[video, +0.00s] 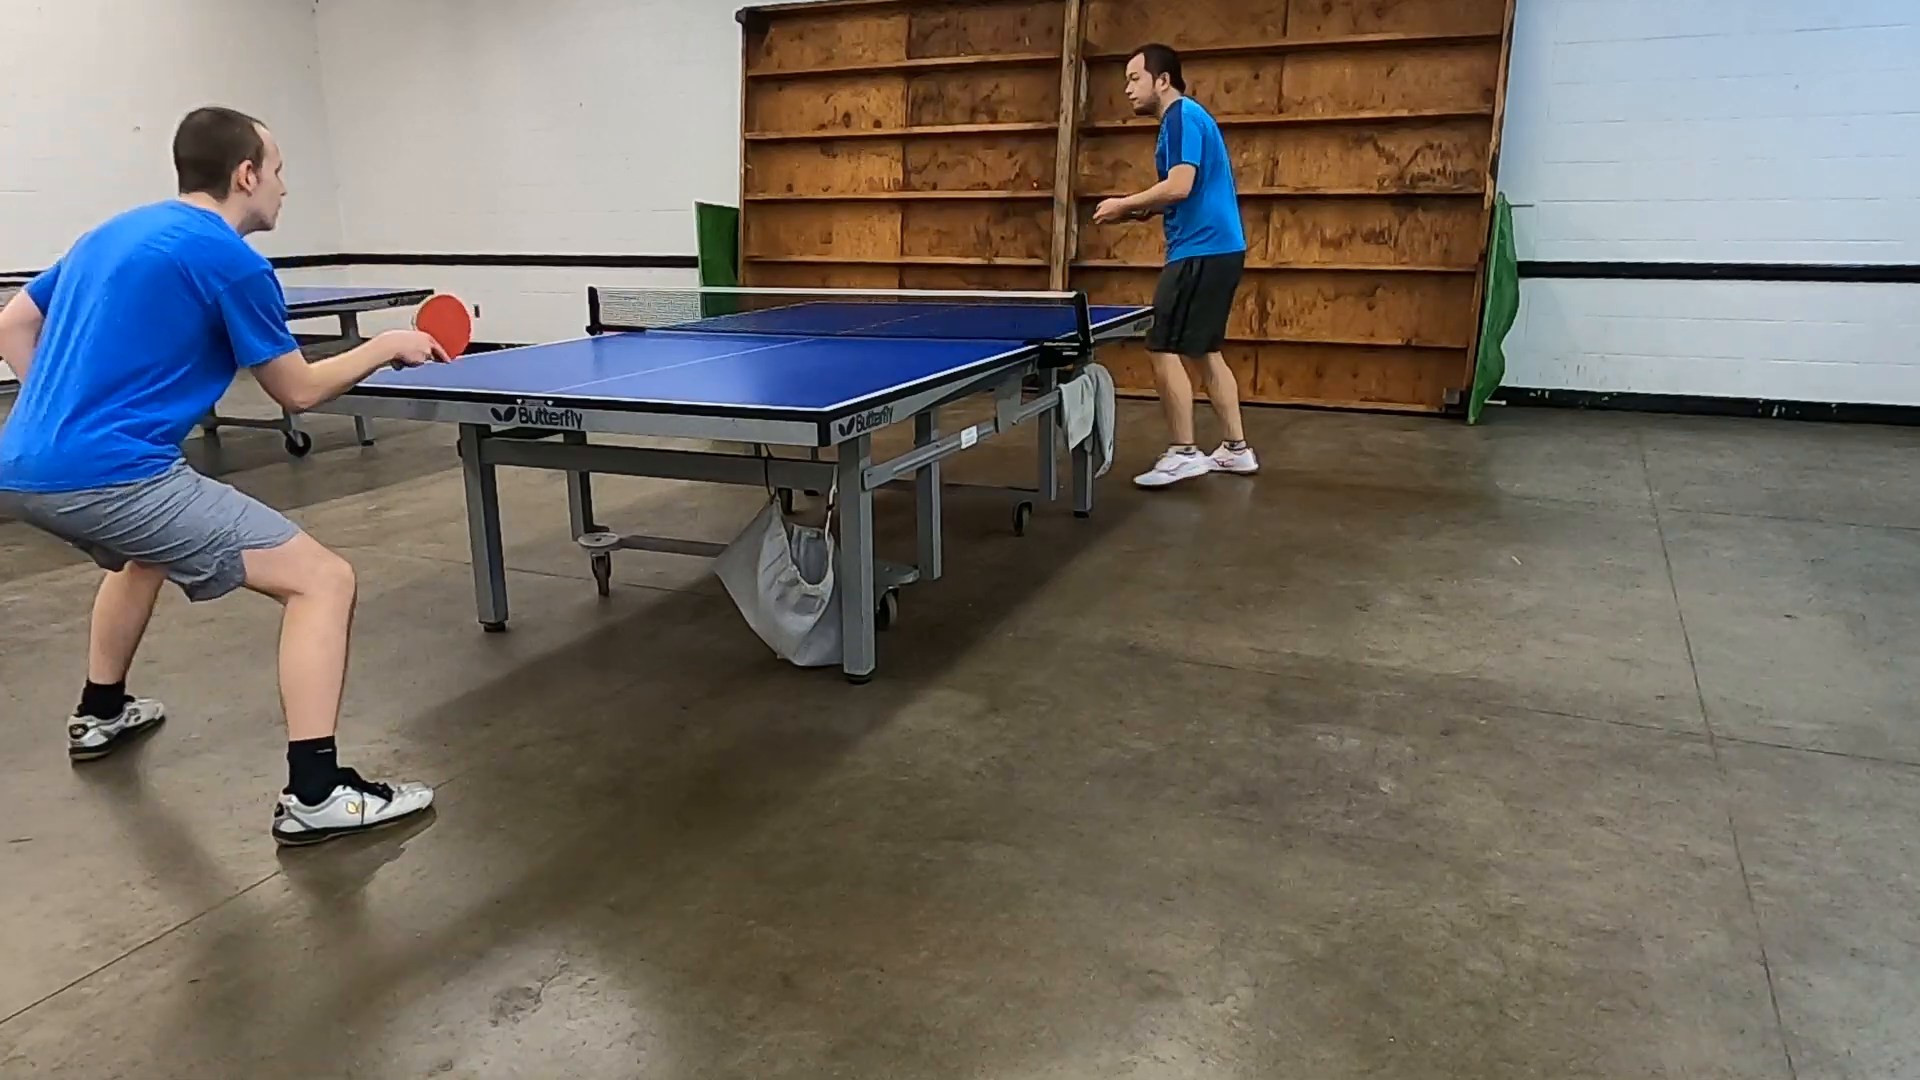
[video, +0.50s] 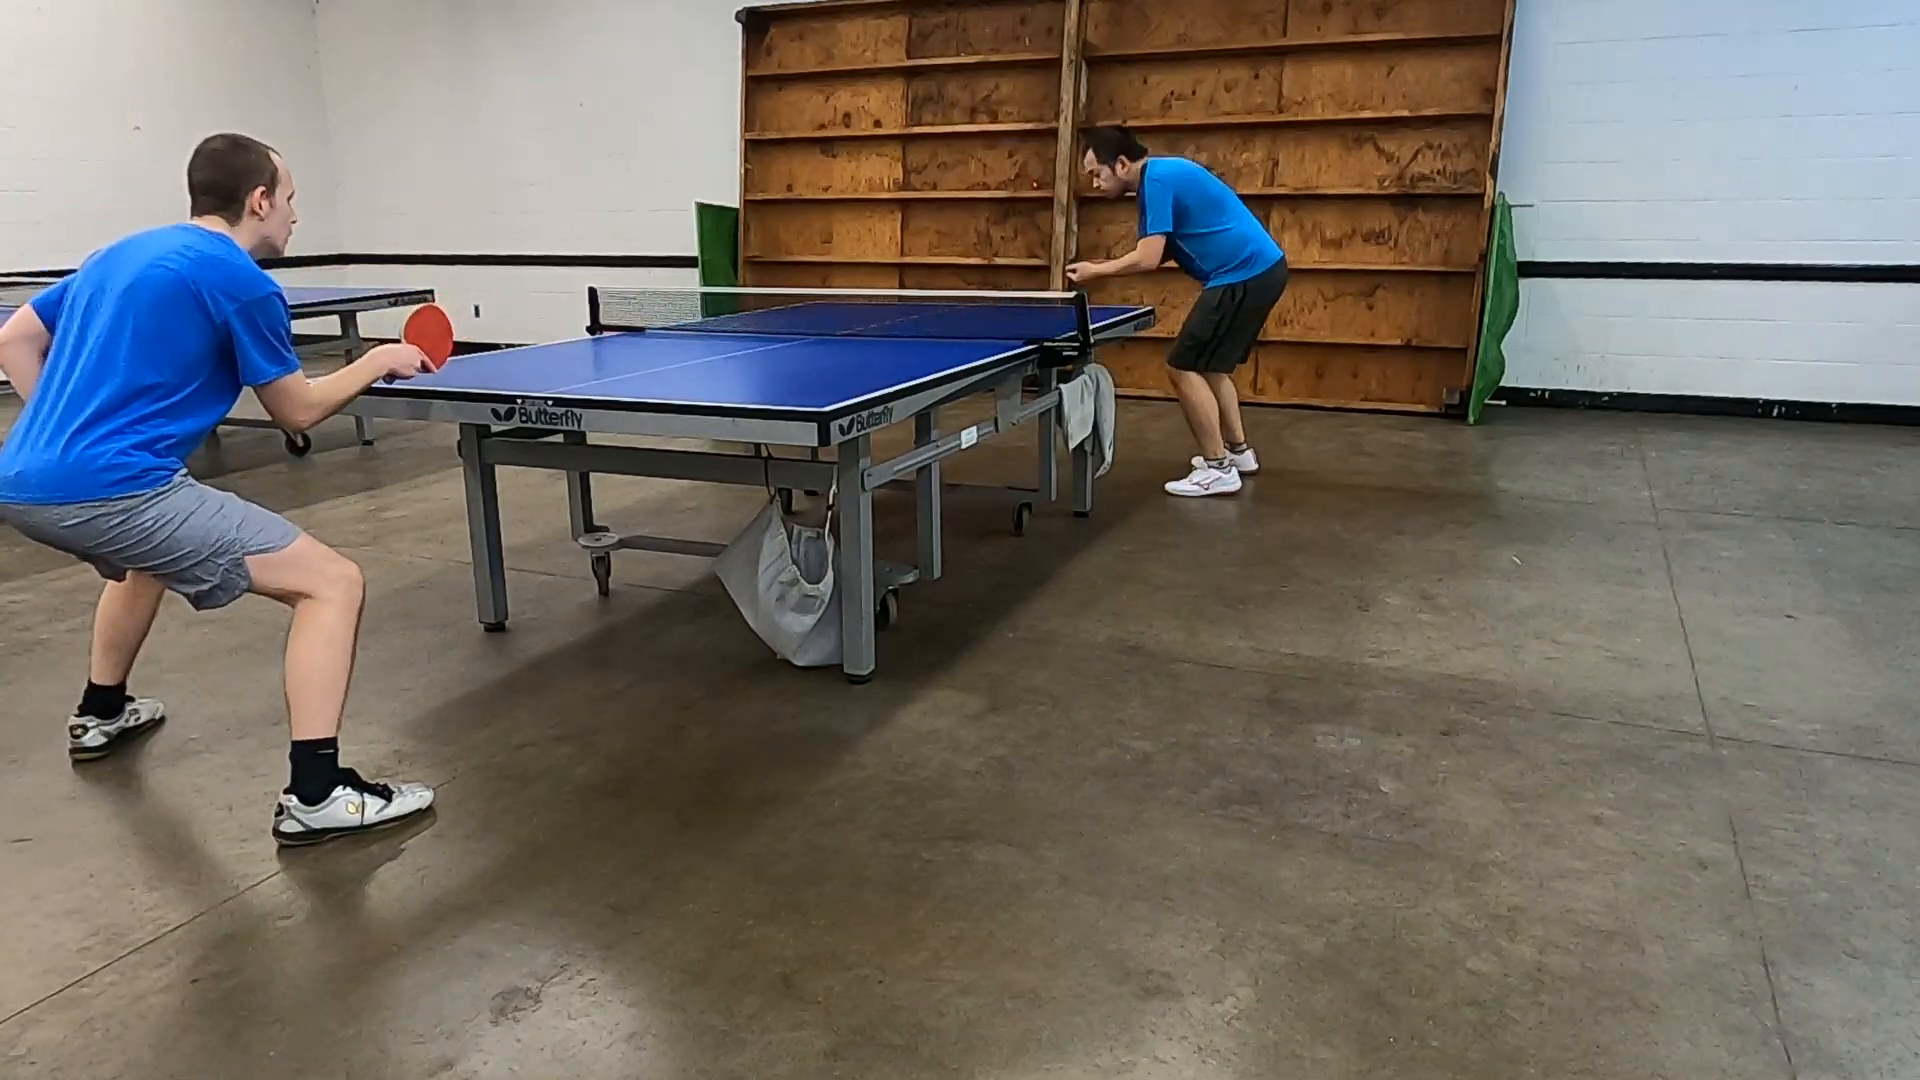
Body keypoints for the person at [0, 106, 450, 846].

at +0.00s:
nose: (281, 186)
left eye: (280, 171)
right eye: (276, 171)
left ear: (191, 175)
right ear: (244, 174)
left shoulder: (115, 233)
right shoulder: (231, 260)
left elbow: (15, 321)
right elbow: (298, 388)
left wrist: (64, 403)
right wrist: (387, 346)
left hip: (25, 470)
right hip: (110, 476)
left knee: (147, 547)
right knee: (324, 581)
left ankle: (100, 711)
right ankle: (317, 790)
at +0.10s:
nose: (285, 203)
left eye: (284, 187)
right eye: (281, 188)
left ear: (194, 190)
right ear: (249, 190)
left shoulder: (117, 246)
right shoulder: (234, 271)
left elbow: (16, 327)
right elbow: (299, 397)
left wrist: (59, 410)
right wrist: (382, 352)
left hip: (25, 479)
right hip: (108, 485)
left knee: (148, 549)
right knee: (327, 583)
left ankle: (100, 711)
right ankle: (317, 790)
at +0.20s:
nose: (290, 210)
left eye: (289, 194)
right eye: (285, 194)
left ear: (197, 198)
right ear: (253, 198)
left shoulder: (119, 253)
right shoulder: (236, 278)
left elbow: (16, 333)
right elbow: (297, 404)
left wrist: (60, 418)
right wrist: (378, 356)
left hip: (26, 484)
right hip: (110, 488)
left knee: (149, 550)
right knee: (329, 582)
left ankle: (101, 710)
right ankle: (317, 791)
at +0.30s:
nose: (292, 217)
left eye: (291, 201)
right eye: (287, 201)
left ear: (200, 202)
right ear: (255, 203)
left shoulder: (120, 256)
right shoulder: (238, 282)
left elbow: (16, 336)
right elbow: (296, 407)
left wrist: (61, 421)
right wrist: (374, 361)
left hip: (25, 486)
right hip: (111, 491)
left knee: (150, 551)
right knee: (331, 583)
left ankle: (100, 711)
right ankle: (317, 790)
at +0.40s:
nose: (293, 217)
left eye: (293, 200)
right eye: (288, 201)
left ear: (199, 202)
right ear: (257, 203)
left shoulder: (120, 256)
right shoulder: (240, 284)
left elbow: (17, 336)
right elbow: (296, 408)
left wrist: (60, 423)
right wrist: (374, 363)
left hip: (26, 486)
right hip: (113, 491)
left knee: (149, 553)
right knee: (332, 583)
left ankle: (101, 710)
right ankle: (317, 790)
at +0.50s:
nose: (294, 214)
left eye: (293, 198)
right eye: (289, 198)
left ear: (200, 200)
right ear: (258, 200)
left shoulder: (120, 255)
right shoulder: (241, 282)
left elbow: (17, 337)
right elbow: (296, 407)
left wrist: (64, 421)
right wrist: (376, 362)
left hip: (26, 484)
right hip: (115, 490)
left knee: (149, 553)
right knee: (332, 583)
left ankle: (101, 710)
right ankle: (317, 790)